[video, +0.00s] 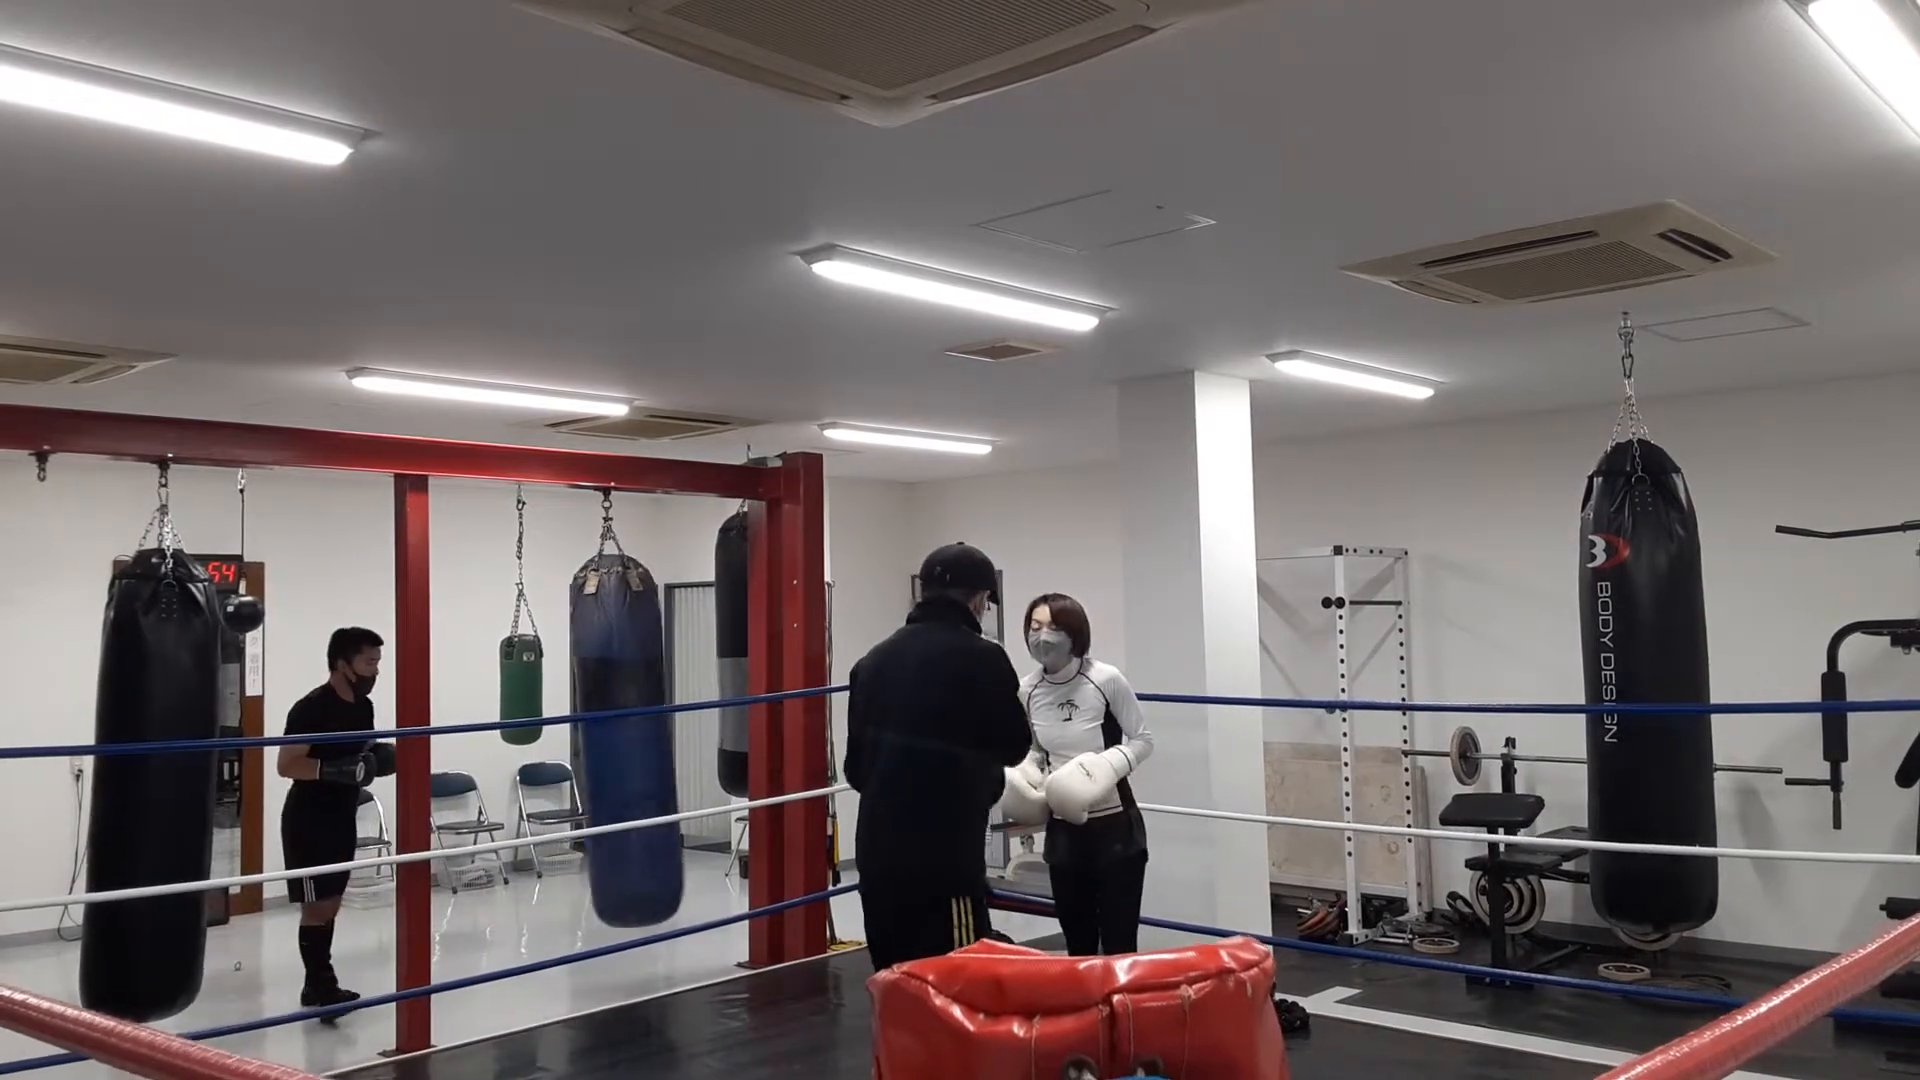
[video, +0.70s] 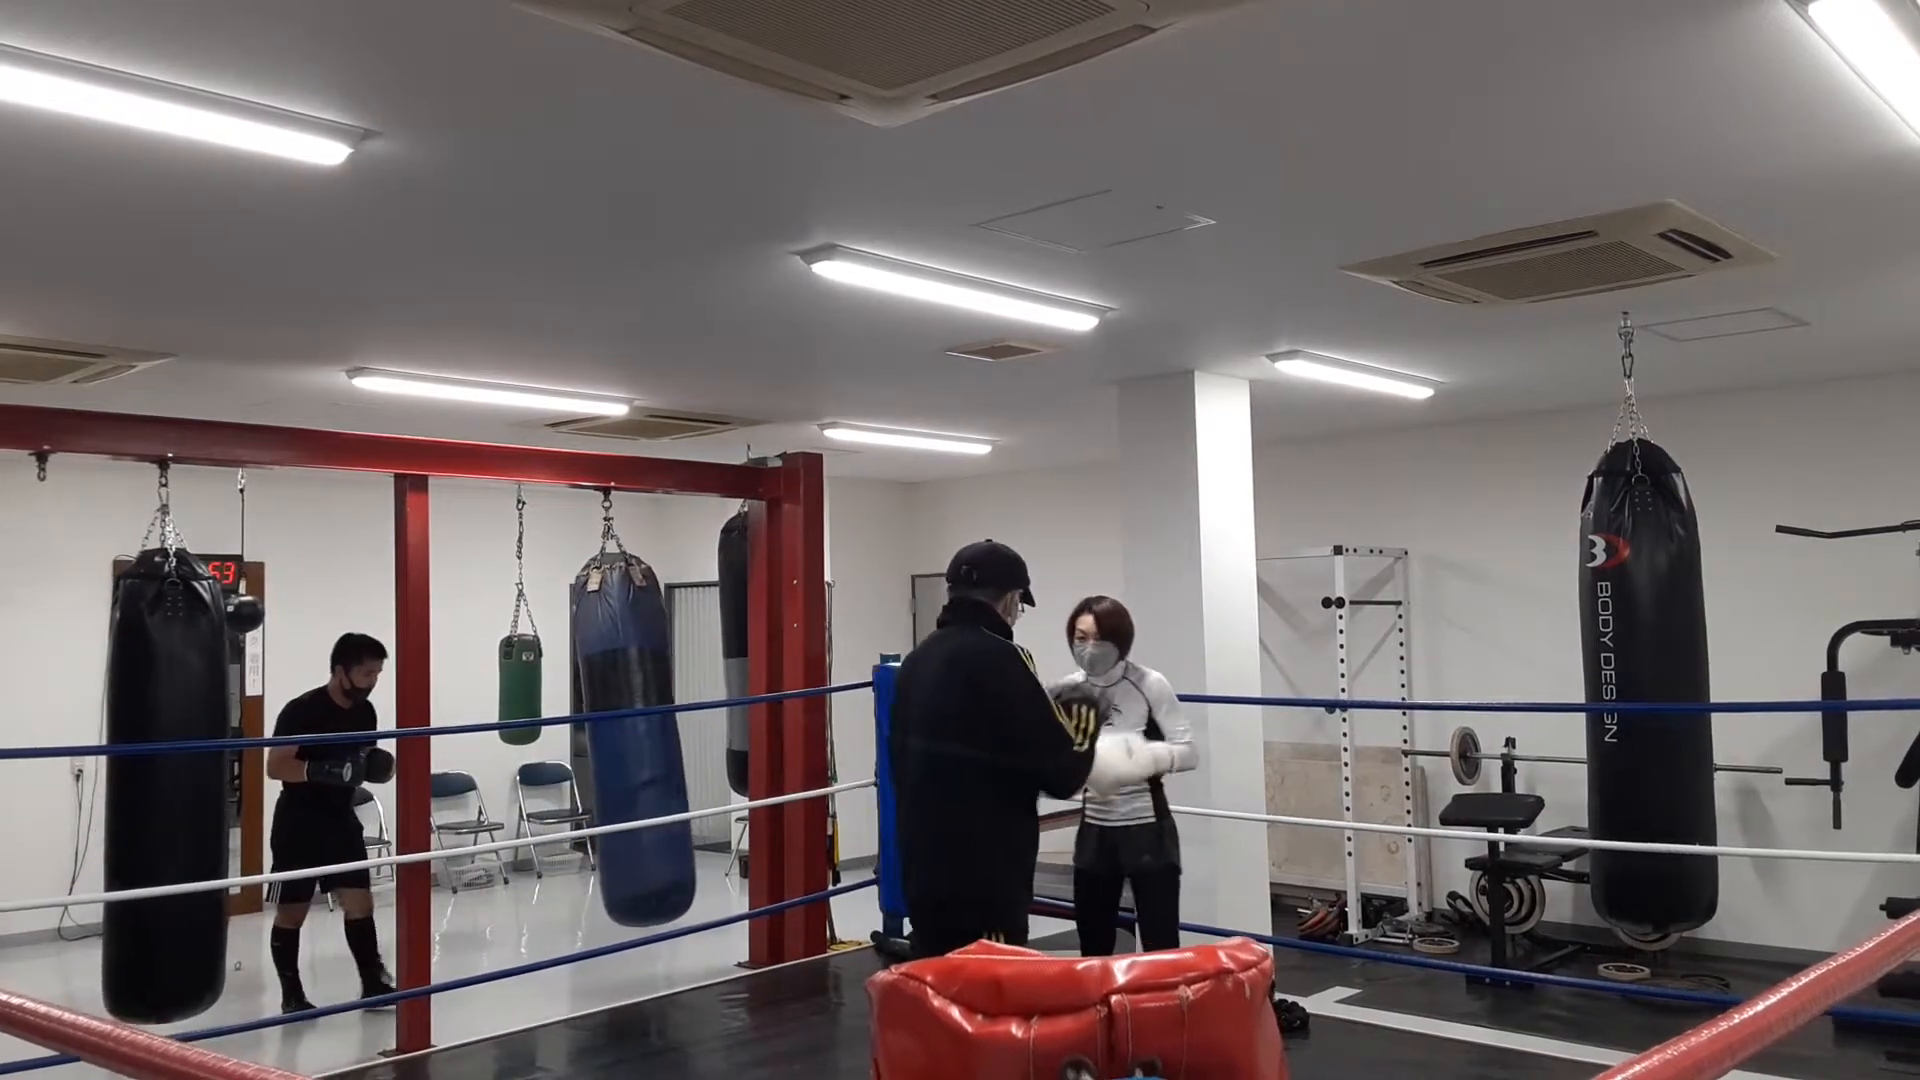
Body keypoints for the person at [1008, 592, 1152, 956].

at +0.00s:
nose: (1042, 636)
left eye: (1053, 628)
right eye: (1035, 627)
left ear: (1074, 634)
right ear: (1027, 634)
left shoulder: (1106, 680)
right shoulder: (1027, 690)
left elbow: (1143, 740)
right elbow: (1037, 749)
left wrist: (1105, 766)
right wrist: (1025, 774)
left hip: (1115, 826)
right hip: (1063, 831)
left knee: (1118, 946)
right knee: (1079, 948)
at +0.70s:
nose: (1089, 648)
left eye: (1099, 638)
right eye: (1080, 638)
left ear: (1119, 640)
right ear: (1071, 641)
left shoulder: (1150, 685)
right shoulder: (1067, 691)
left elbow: (1188, 752)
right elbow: (1050, 752)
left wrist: (1143, 757)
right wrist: (1085, 762)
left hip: (1148, 828)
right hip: (1095, 829)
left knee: (1159, 948)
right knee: (1094, 949)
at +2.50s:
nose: (1183, 650)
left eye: (1195, 640)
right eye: (1178, 639)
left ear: (1225, 645)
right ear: (1171, 644)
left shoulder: (1258, 700)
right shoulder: (1177, 708)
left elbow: (1307, 787)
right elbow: (1145, 790)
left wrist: (1251, 732)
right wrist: (1123, 744)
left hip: (1271, 883)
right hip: (1215, 879)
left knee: (1246, 1003)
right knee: (1190, 995)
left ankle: (1279, 1071)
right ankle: (1195, 1074)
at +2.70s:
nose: (1191, 654)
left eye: (1201, 643)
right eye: (1186, 643)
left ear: (1232, 647)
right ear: (1182, 647)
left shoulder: (1266, 707)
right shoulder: (1192, 712)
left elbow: (1278, 780)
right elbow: (1166, 792)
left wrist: (1203, 740)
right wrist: (1151, 748)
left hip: (1278, 895)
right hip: (1220, 890)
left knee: (1266, 1025)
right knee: (1201, 1010)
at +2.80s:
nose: (1198, 645)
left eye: (1209, 635)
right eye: (1194, 635)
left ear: (1245, 639)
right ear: (1188, 640)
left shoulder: (1285, 705)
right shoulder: (1184, 705)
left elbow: (1333, 791)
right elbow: (1120, 764)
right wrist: (1132, 696)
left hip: (1287, 889)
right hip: (1221, 889)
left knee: (1282, 1034)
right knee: (1215, 1023)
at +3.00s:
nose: (1192, 660)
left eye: (1202, 647)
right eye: (1189, 649)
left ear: (1238, 654)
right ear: (1187, 652)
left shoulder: (1281, 713)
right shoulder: (1202, 718)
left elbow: (1292, 779)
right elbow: (1170, 802)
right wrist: (1146, 767)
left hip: (1293, 901)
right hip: (1239, 892)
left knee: (1270, 1031)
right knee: (1201, 1002)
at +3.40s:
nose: (1231, 659)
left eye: (1244, 646)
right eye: (1222, 647)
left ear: (1275, 648)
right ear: (1215, 650)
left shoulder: (1307, 697)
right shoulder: (1216, 704)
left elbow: (1368, 772)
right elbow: (1164, 734)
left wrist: (1330, 716)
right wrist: (1146, 706)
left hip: (1311, 880)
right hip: (1237, 882)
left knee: (1314, 1032)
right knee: (1229, 1022)